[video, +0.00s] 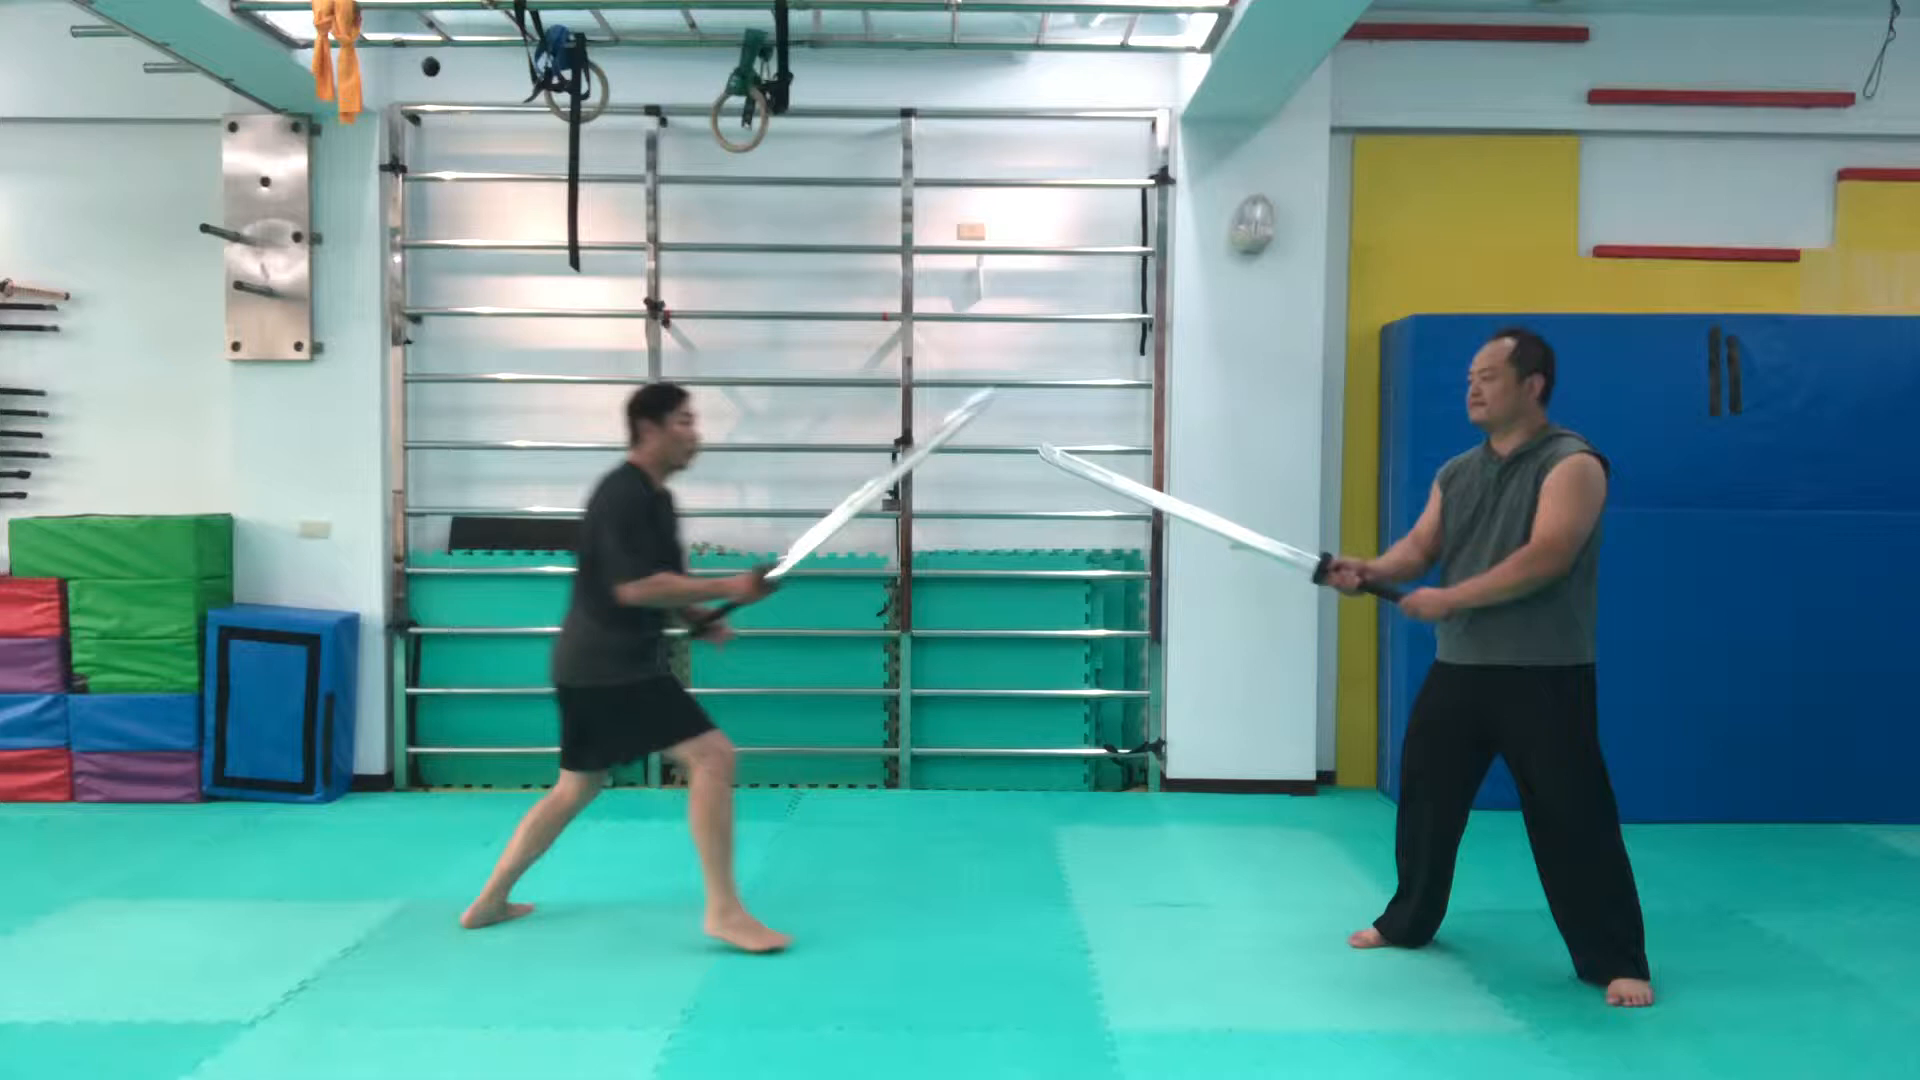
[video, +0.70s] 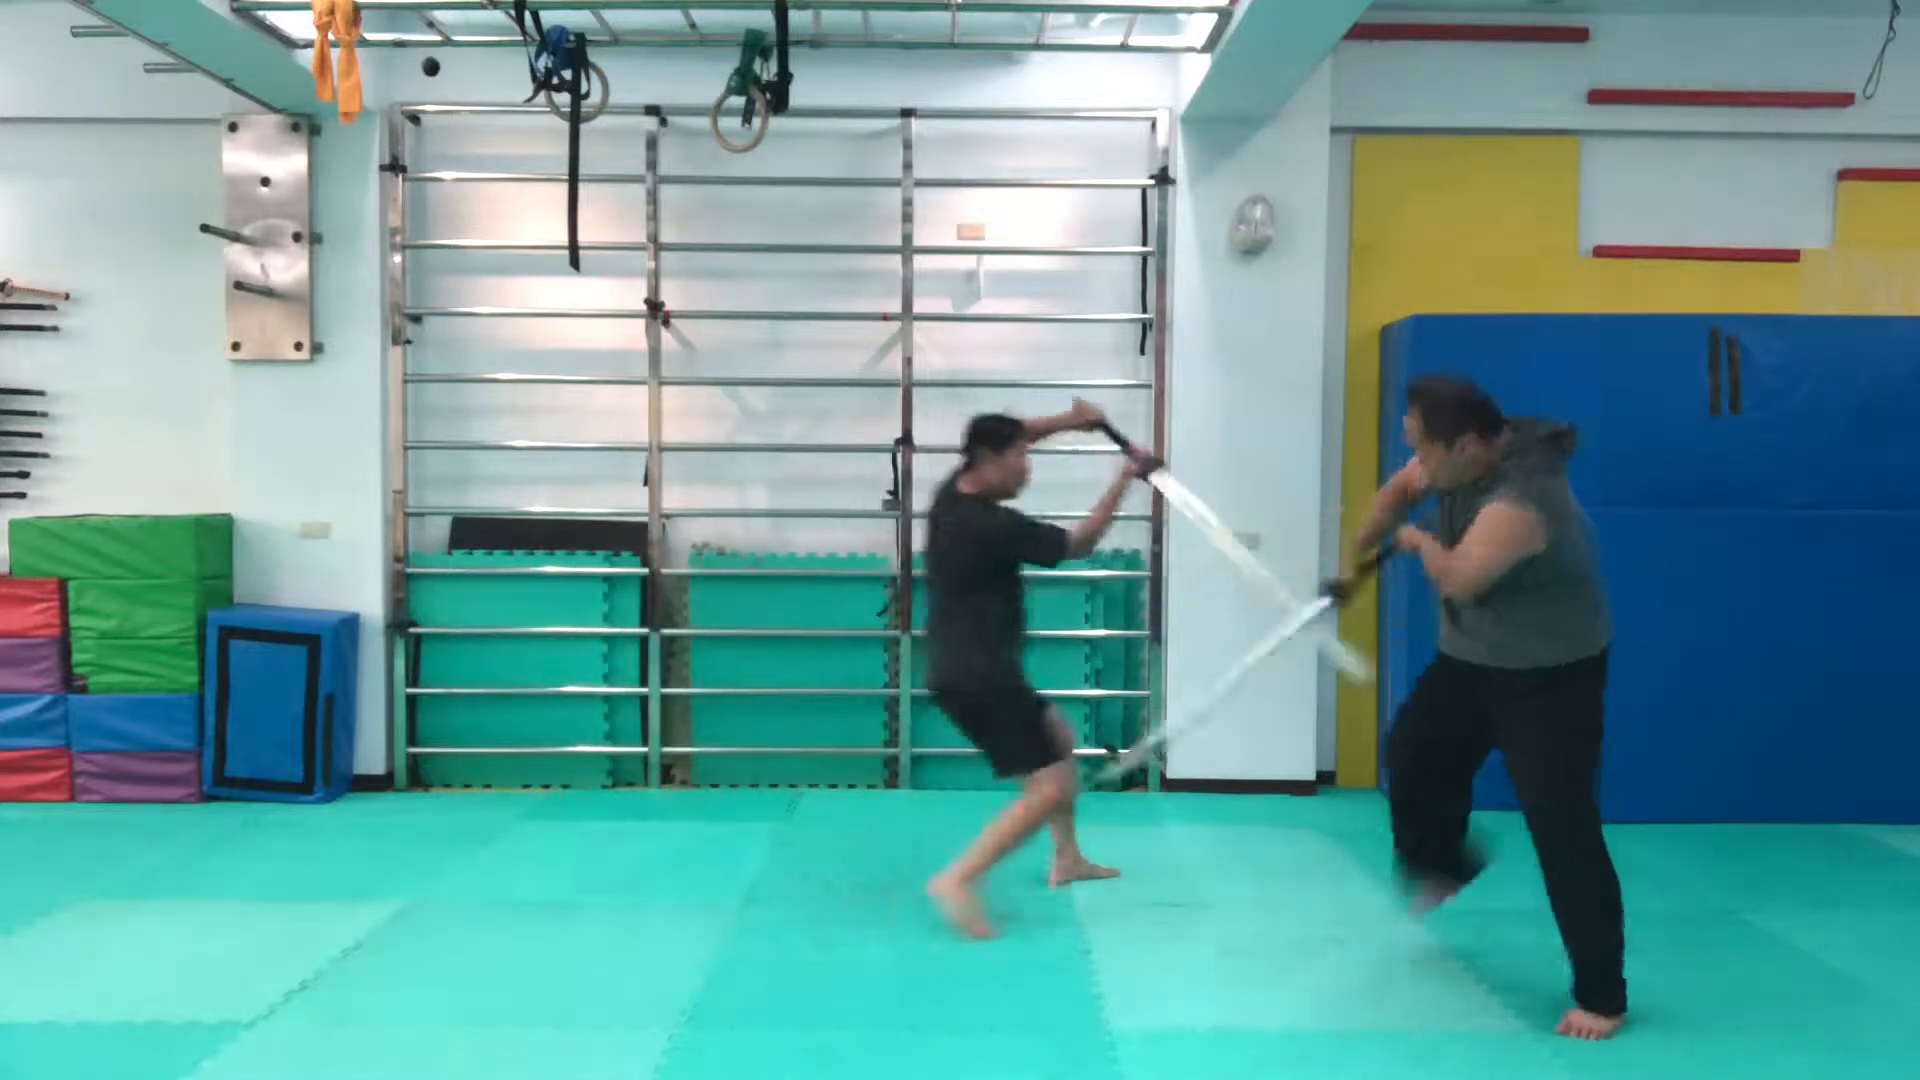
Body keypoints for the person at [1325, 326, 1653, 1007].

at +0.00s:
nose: (1472, 389)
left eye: (1487, 379)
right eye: (1471, 379)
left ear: (1532, 386)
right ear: (1478, 389)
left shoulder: (1573, 466)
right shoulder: (1455, 474)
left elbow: (1548, 557)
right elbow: (1416, 550)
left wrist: (1451, 599)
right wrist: (1366, 571)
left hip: (1547, 679)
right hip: (1460, 673)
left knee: (1575, 822)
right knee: (1427, 795)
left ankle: (1619, 966)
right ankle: (1409, 921)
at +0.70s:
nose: (1415, 459)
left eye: (1424, 449)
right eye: (1414, 447)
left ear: (1470, 446)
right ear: (1458, 441)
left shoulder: (1524, 492)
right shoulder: (1454, 460)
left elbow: (1460, 580)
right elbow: (1394, 495)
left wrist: (1416, 541)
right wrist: (1355, 560)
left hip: (1553, 671)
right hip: (1472, 662)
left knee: (1563, 827)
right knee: (1417, 756)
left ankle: (1601, 997)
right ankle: (1438, 866)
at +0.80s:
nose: (1405, 485)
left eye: (1411, 473)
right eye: (1403, 473)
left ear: (1448, 467)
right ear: (1451, 457)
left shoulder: (1510, 510)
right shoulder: (1477, 455)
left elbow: (1452, 591)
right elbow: (1414, 511)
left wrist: (1420, 543)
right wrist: (1394, 558)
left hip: (1566, 670)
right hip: (1497, 656)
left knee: (1569, 830)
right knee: (1413, 702)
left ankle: (1601, 998)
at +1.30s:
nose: (1367, 418)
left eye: (1379, 402)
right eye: (1367, 403)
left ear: (1415, 398)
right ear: (1374, 406)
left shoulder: (1462, 446)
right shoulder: (1381, 486)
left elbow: (1370, 376)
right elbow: (1295, 500)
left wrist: (1279, 358)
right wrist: (1241, 440)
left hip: (1458, 671)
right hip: (1394, 673)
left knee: (1495, 832)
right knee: (1312, 800)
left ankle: (1608, 987)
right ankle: (1254, 941)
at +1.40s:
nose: (1308, 428)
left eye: (1319, 415)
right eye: (1307, 417)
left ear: (1354, 414)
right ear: (1324, 422)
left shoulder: (1417, 459)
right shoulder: (1333, 496)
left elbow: (1337, 375)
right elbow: (1252, 504)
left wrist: (1259, 350)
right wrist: (1216, 430)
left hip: (1425, 683)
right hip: (1348, 688)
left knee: (1482, 843)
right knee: (1279, 807)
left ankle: (1602, 981)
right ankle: (1262, 956)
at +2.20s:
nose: (1448, 372)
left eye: (1463, 361)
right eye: (1452, 360)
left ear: (1510, 376)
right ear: (1490, 377)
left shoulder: (1555, 468)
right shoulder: (1434, 463)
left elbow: (1550, 581)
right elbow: (1400, 564)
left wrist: (1455, 627)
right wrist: (1380, 645)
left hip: (1507, 696)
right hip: (1421, 688)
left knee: (1526, 860)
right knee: (1375, 809)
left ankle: (1582, 1029)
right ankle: (1345, 941)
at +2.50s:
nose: (1438, 378)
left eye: (1453, 368)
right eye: (1441, 367)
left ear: (1500, 381)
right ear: (1474, 383)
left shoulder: (1543, 467)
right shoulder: (1428, 473)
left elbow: (1539, 570)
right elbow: (1401, 568)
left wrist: (1444, 630)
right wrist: (1371, 641)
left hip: (1504, 698)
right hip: (1423, 691)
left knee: (1524, 864)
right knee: (1388, 796)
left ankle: (1581, 1027)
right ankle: (1377, 914)